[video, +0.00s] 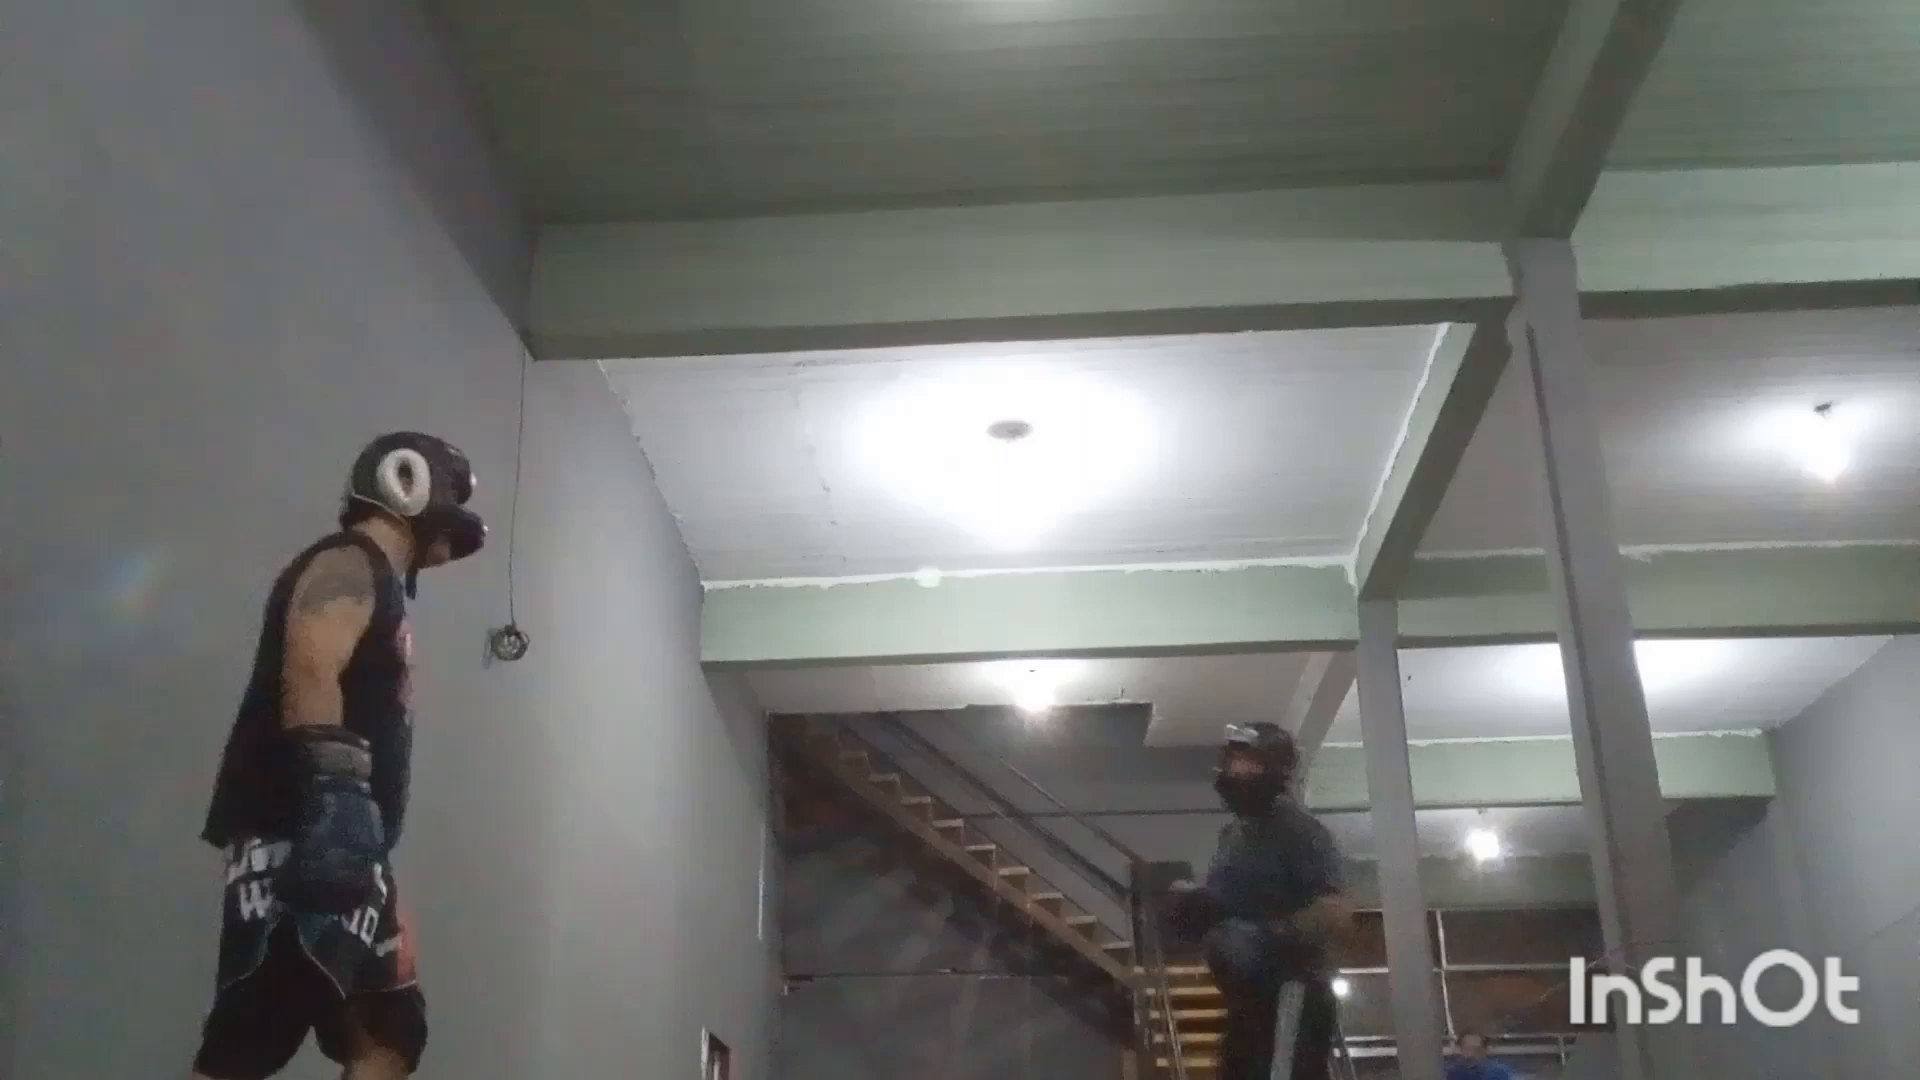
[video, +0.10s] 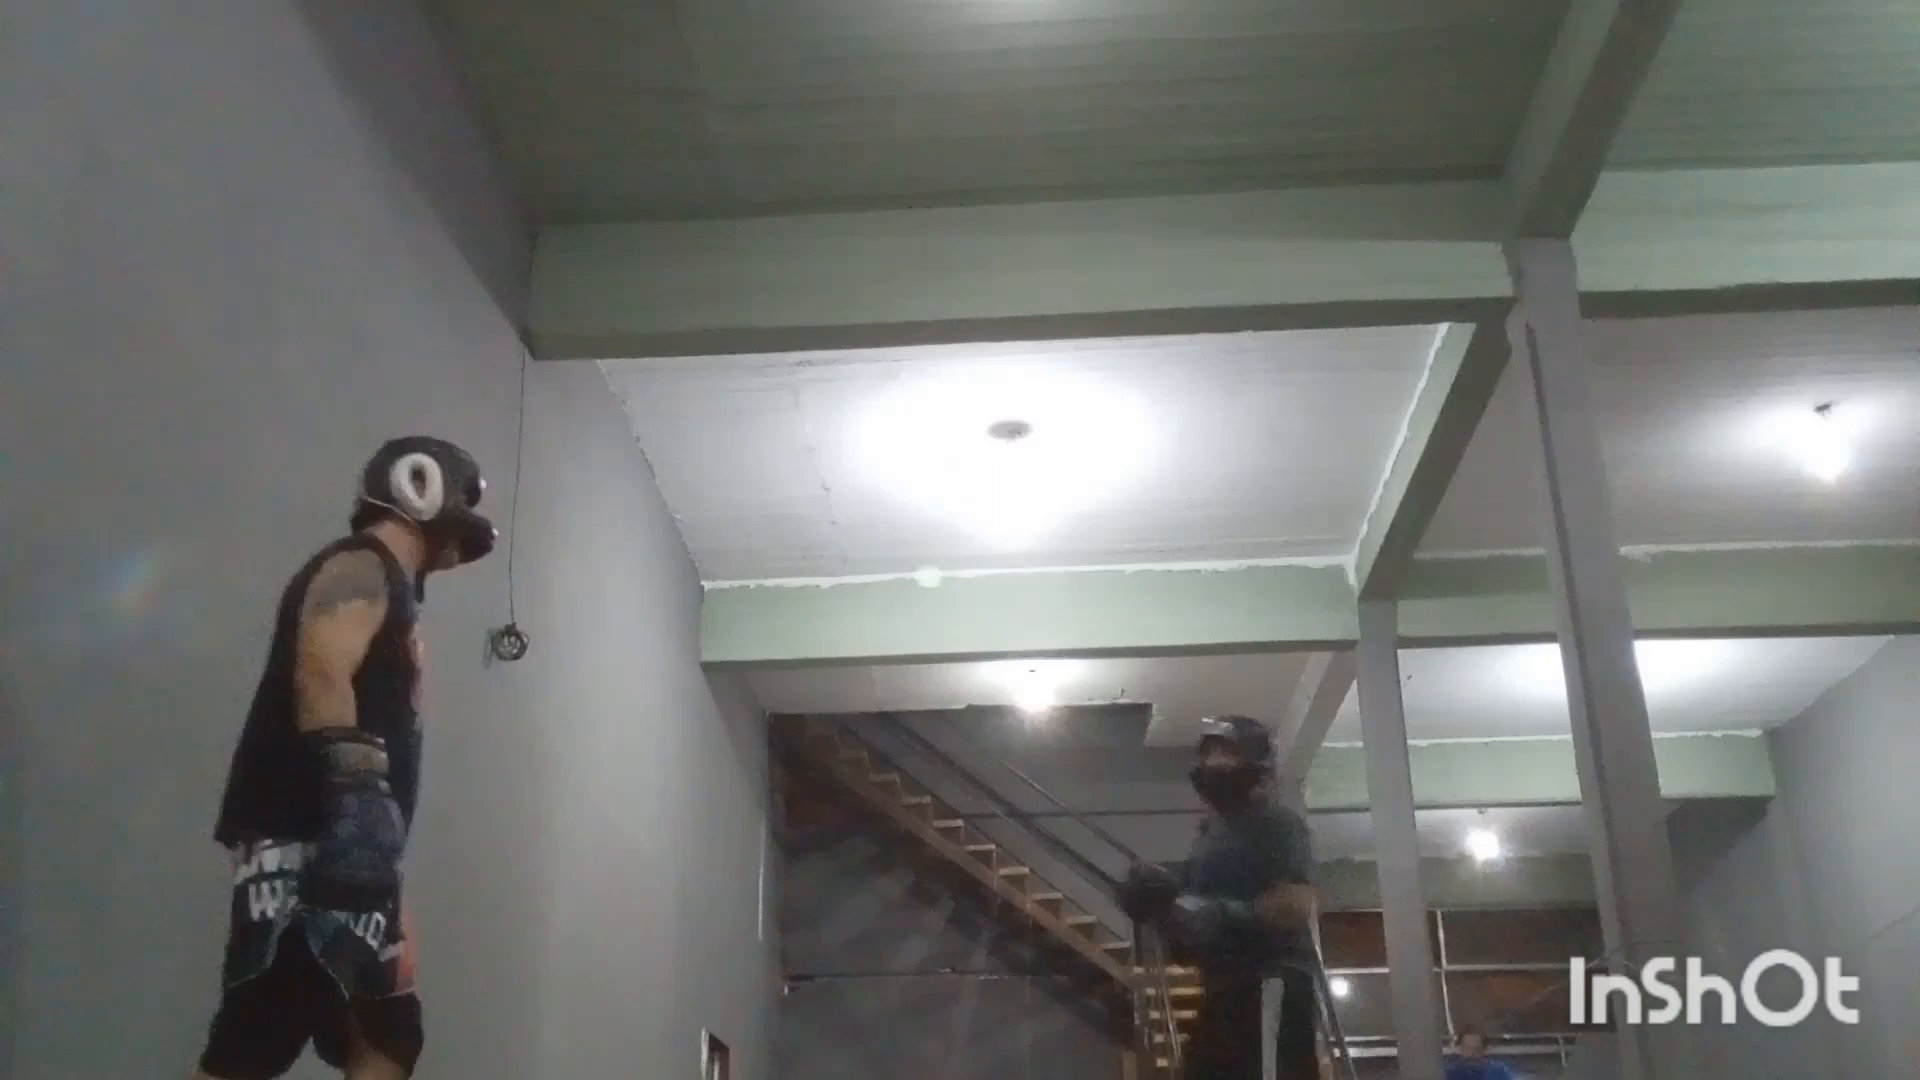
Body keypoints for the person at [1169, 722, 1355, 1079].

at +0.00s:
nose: (1231, 770)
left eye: (1246, 759)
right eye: (1229, 759)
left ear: (1276, 769)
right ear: (1224, 764)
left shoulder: (1301, 829)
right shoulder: (1233, 833)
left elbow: (1338, 908)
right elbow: (1224, 902)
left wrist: (1269, 937)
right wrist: (1193, 907)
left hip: (1297, 985)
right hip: (1248, 984)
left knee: (1285, 1071)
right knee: (1239, 1070)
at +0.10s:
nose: (1209, 764)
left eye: (1224, 752)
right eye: (1206, 752)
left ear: (1254, 765)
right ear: (1198, 760)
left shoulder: (1281, 823)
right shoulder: (1212, 828)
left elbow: (1294, 909)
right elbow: (1195, 875)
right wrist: (1157, 882)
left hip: (1276, 981)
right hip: (1225, 979)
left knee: (1273, 1072)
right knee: (1206, 1069)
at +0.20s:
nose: (1169, 768)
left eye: (1182, 757)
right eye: (1166, 758)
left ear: (1211, 764)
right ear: (1160, 766)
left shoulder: (1244, 822)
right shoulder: (1174, 831)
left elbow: (1238, 898)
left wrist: (1140, 892)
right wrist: (1118, 875)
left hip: (1240, 985)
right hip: (1186, 988)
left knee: (1249, 1070)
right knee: (1165, 1070)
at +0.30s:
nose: (1143, 774)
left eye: (1157, 762)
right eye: (1138, 764)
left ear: (1185, 768)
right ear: (1133, 769)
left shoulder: (1213, 828)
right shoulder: (1150, 836)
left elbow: (1204, 895)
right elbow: (1100, 921)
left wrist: (1123, 892)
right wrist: (1091, 877)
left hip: (1211, 992)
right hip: (1160, 995)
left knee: (1223, 1070)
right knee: (1155, 1070)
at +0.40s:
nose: (1096, 779)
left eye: (1108, 768)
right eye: (1093, 769)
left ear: (1139, 771)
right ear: (1089, 775)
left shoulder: (1171, 827)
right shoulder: (1111, 841)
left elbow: (1174, 898)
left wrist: (1100, 899)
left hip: (1162, 994)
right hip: (1111, 993)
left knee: (1162, 1071)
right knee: (1100, 1071)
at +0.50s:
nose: (1054, 777)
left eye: (1069, 762)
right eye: (1054, 763)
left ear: (1102, 767)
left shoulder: (1137, 819)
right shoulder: (1063, 841)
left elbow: (1160, 894)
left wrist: (1087, 889)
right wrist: (1017, 863)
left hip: (1128, 984)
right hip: (1075, 982)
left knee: (1120, 1069)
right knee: (1059, 1069)